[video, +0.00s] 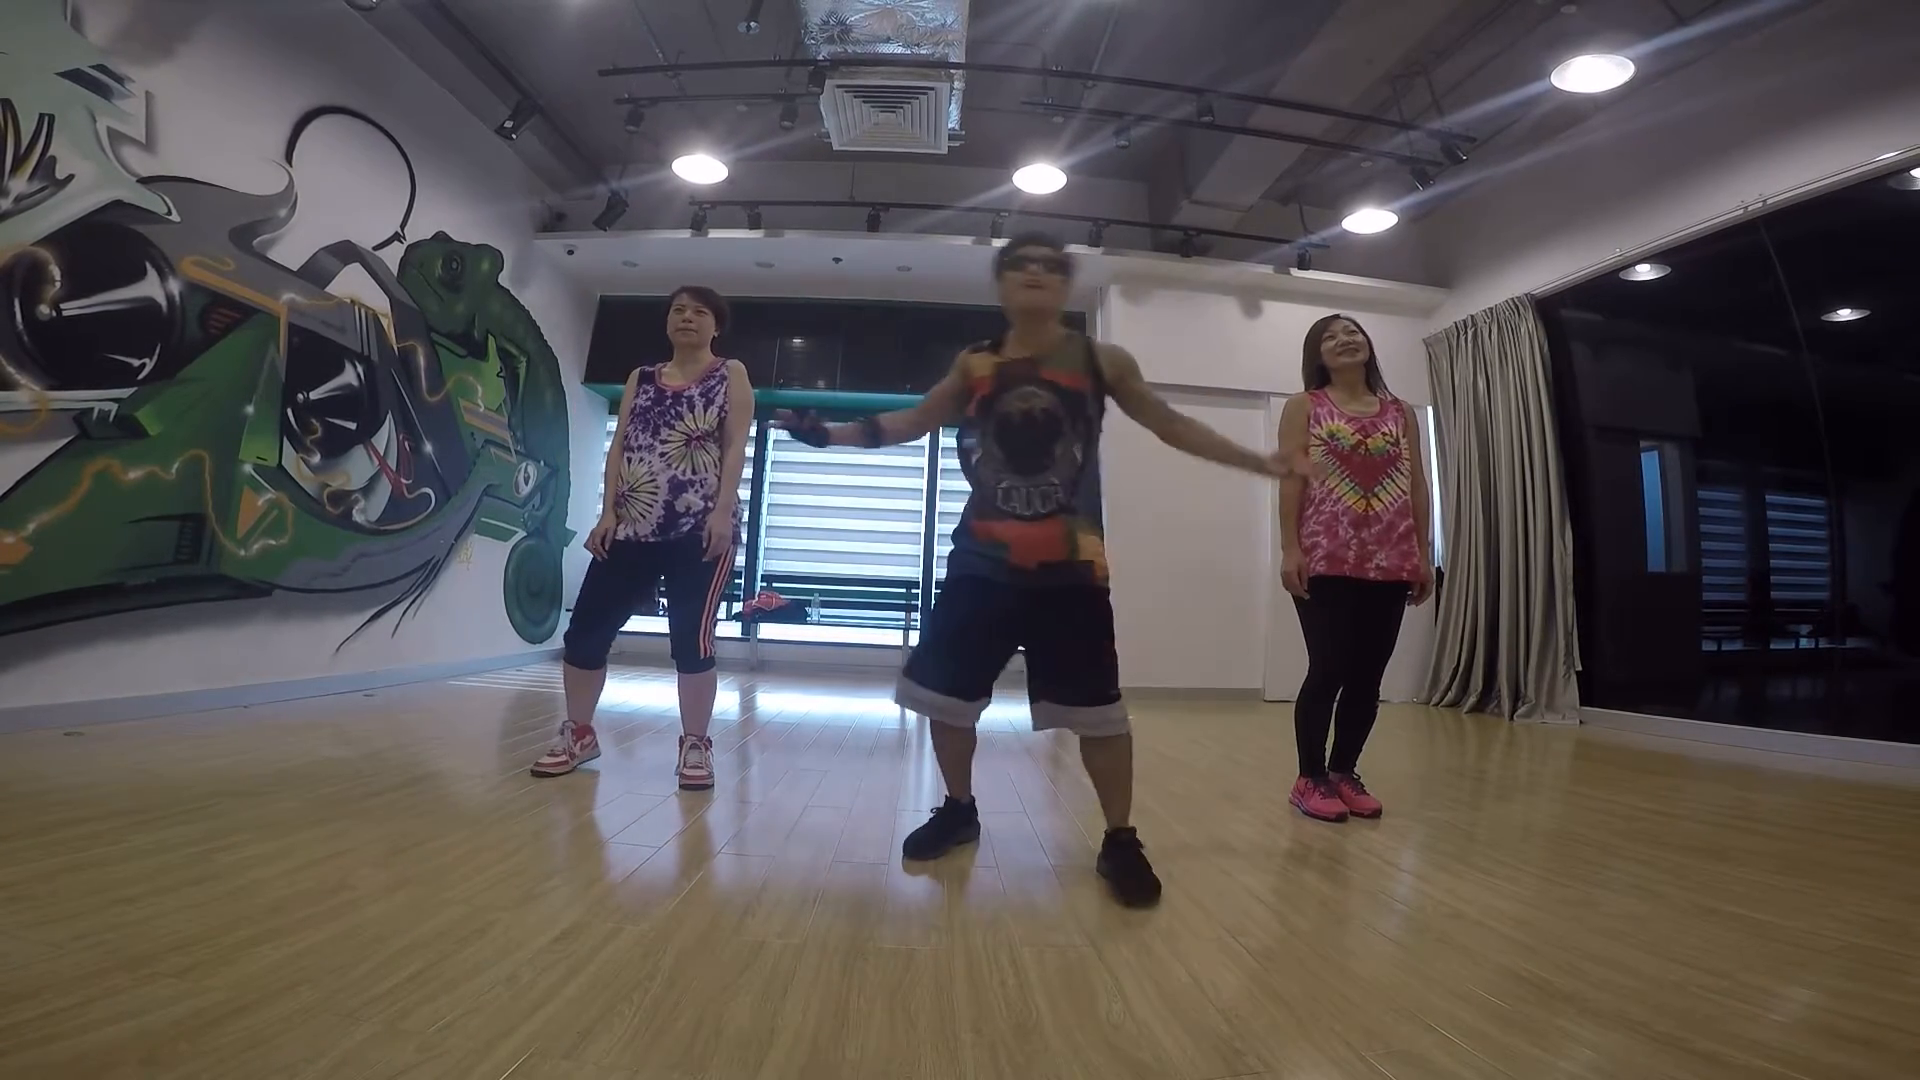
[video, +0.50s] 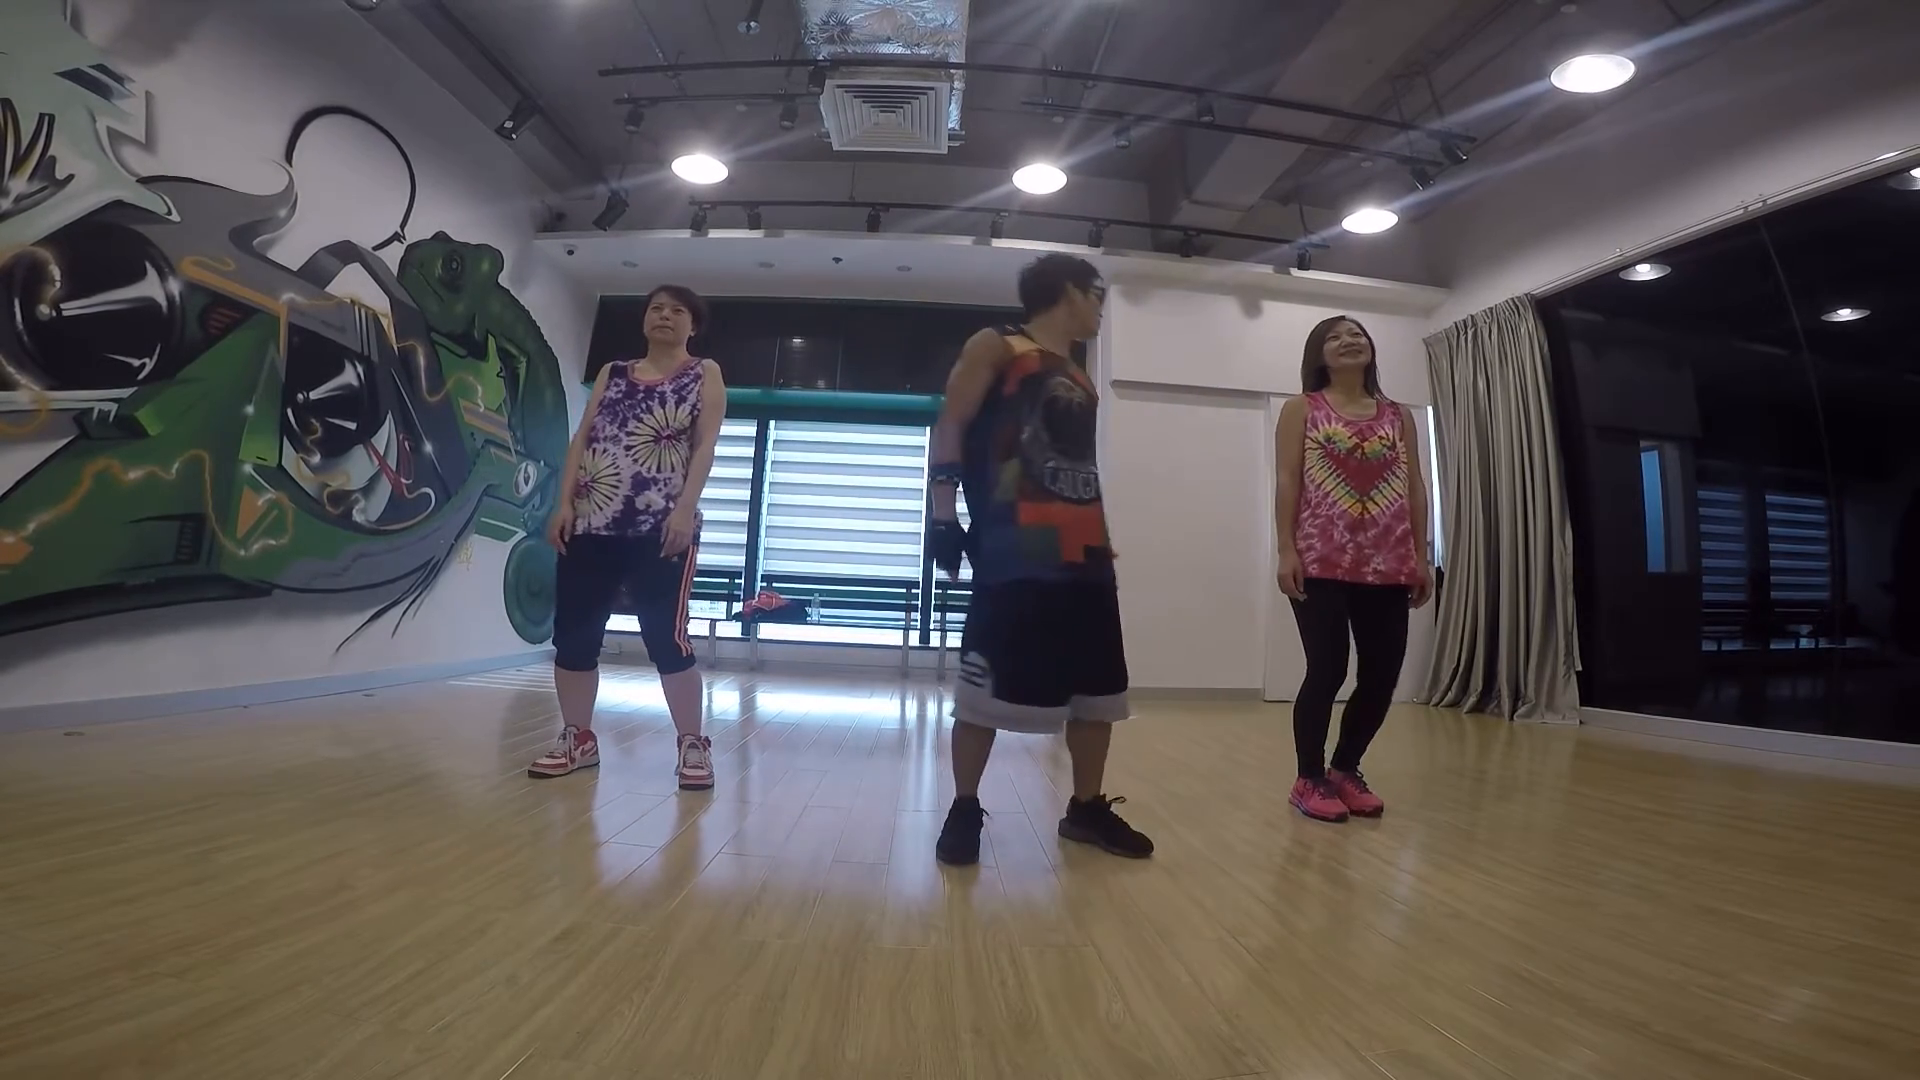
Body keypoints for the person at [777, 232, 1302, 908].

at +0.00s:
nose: (1035, 277)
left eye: (1049, 269)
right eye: (1021, 268)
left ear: (1068, 286)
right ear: (999, 286)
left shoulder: (1101, 361)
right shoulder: (975, 365)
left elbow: (1172, 425)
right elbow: (907, 424)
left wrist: (1262, 462)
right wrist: (830, 433)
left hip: (1070, 568)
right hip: (984, 564)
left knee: (1099, 710)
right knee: (945, 693)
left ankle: (1121, 842)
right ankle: (958, 808)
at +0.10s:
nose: (1019, 279)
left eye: (1032, 272)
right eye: (1004, 268)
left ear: (1046, 292)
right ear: (979, 288)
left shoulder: (1083, 358)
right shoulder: (959, 369)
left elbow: (1147, 421)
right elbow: (910, 429)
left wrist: (1227, 461)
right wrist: (844, 454)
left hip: (1068, 565)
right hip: (981, 564)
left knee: (1099, 707)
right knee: (943, 696)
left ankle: (1119, 840)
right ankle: (959, 810)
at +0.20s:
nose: (1050, 278)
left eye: (1050, 270)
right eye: (1034, 267)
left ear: (1043, 289)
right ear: (992, 282)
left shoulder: (1075, 360)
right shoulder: (955, 365)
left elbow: (1109, 436)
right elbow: (919, 442)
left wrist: (1157, 497)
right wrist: (887, 500)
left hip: (1072, 559)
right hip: (984, 561)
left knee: (1100, 695)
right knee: (950, 695)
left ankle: (1110, 826)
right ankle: (960, 811)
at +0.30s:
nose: (1071, 292)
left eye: (1068, 281)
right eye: (1060, 279)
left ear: (1033, 287)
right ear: (1025, 283)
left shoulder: (1071, 368)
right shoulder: (963, 360)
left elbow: (1076, 456)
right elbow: (940, 460)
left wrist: (1098, 526)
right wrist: (935, 545)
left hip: (1072, 554)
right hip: (988, 557)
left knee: (1112, 676)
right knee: (965, 691)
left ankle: (1089, 798)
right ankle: (961, 808)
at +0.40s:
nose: (1088, 298)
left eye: (1086, 288)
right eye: (1079, 285)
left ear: (1055, 294)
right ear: (1049, 288)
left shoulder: (1074, 373)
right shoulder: (979, 347)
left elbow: (1068, 466)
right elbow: (947, 428)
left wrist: (1097, 528)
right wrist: (948, 514)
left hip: (1077, 549)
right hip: (1000, 546)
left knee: (1105, 680)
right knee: (970, 682)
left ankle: (1092, 803)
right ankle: (962, 808)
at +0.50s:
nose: (1101, 309)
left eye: (1101, 300)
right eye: (1096, 297)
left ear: (1070, 301)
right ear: (1068, 294)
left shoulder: (1080, 379)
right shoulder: (994, 347)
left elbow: (1074, 466)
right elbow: (949, 425)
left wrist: (1097, 544)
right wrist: (943, 516)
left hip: (1084, 557)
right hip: (1011, 554)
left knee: (1098, 687)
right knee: (983, 688)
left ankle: (1087, 808)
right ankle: (965, 808)